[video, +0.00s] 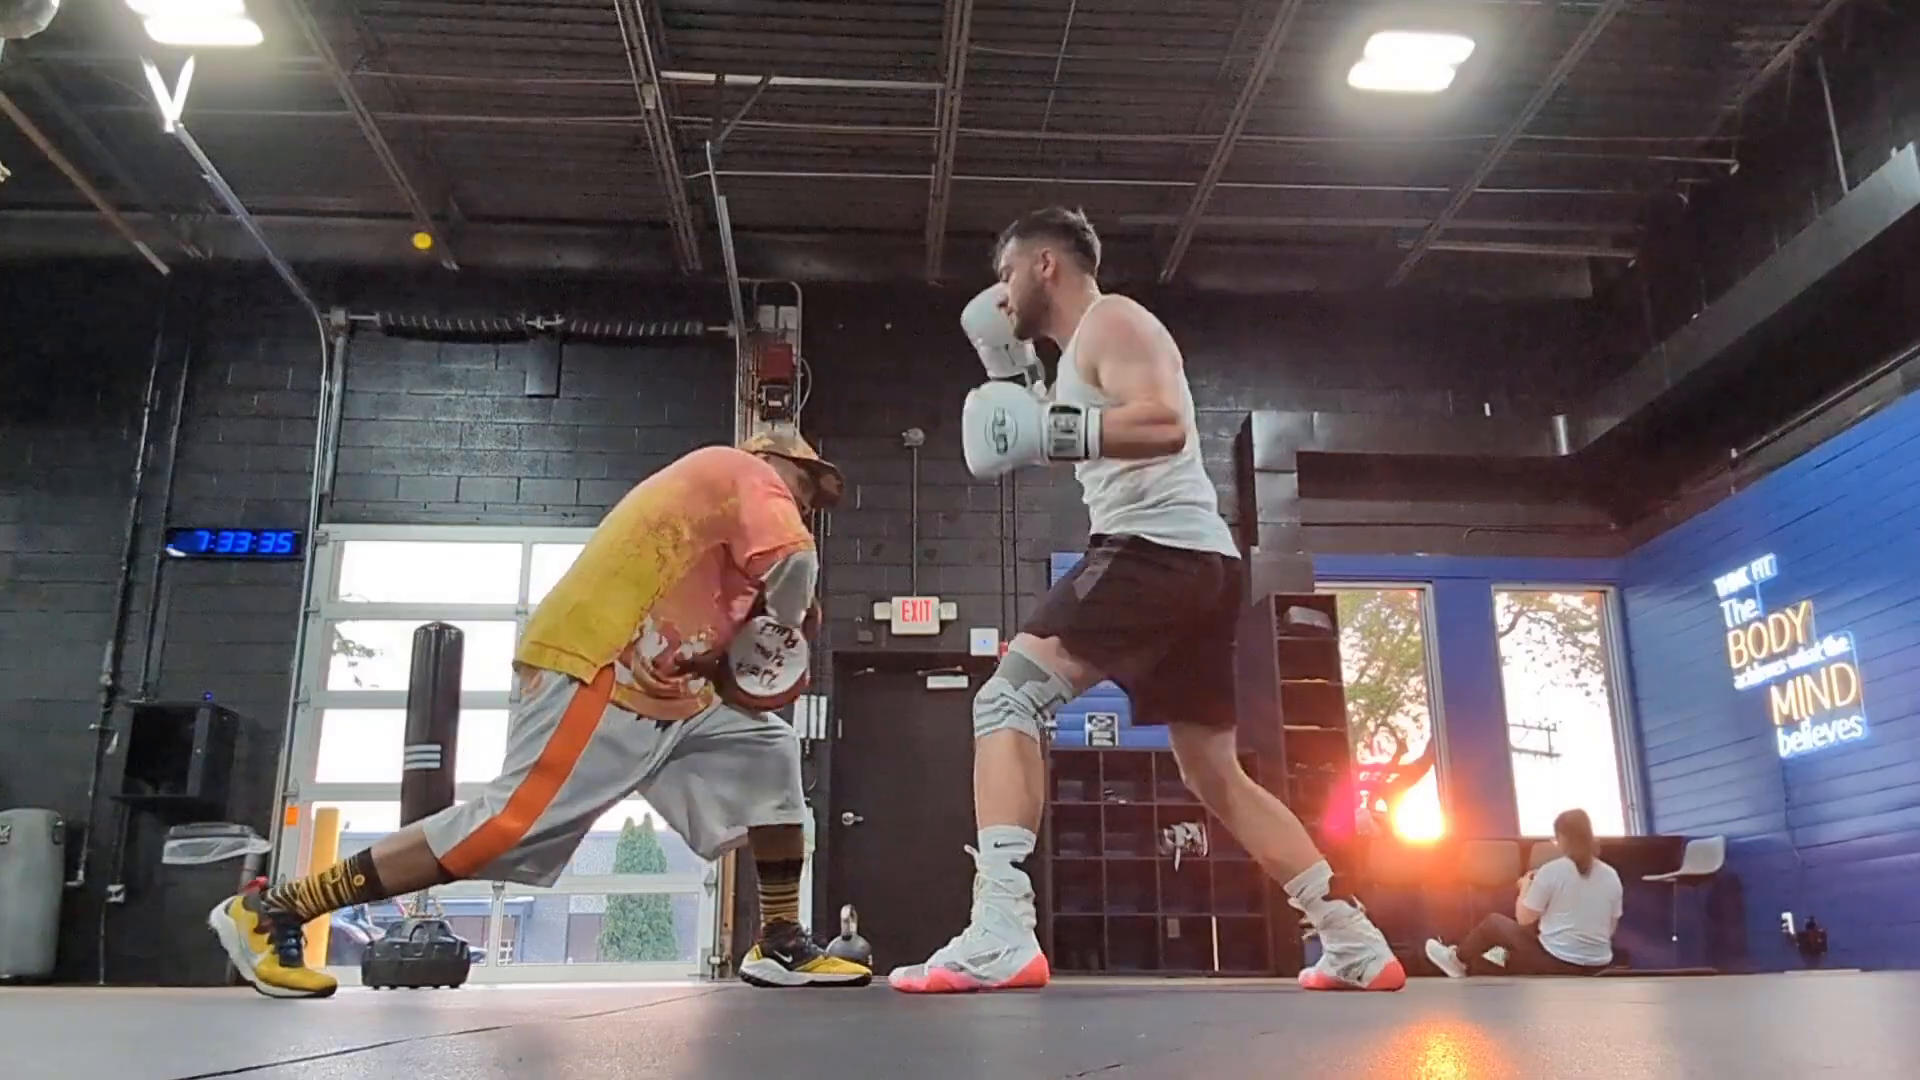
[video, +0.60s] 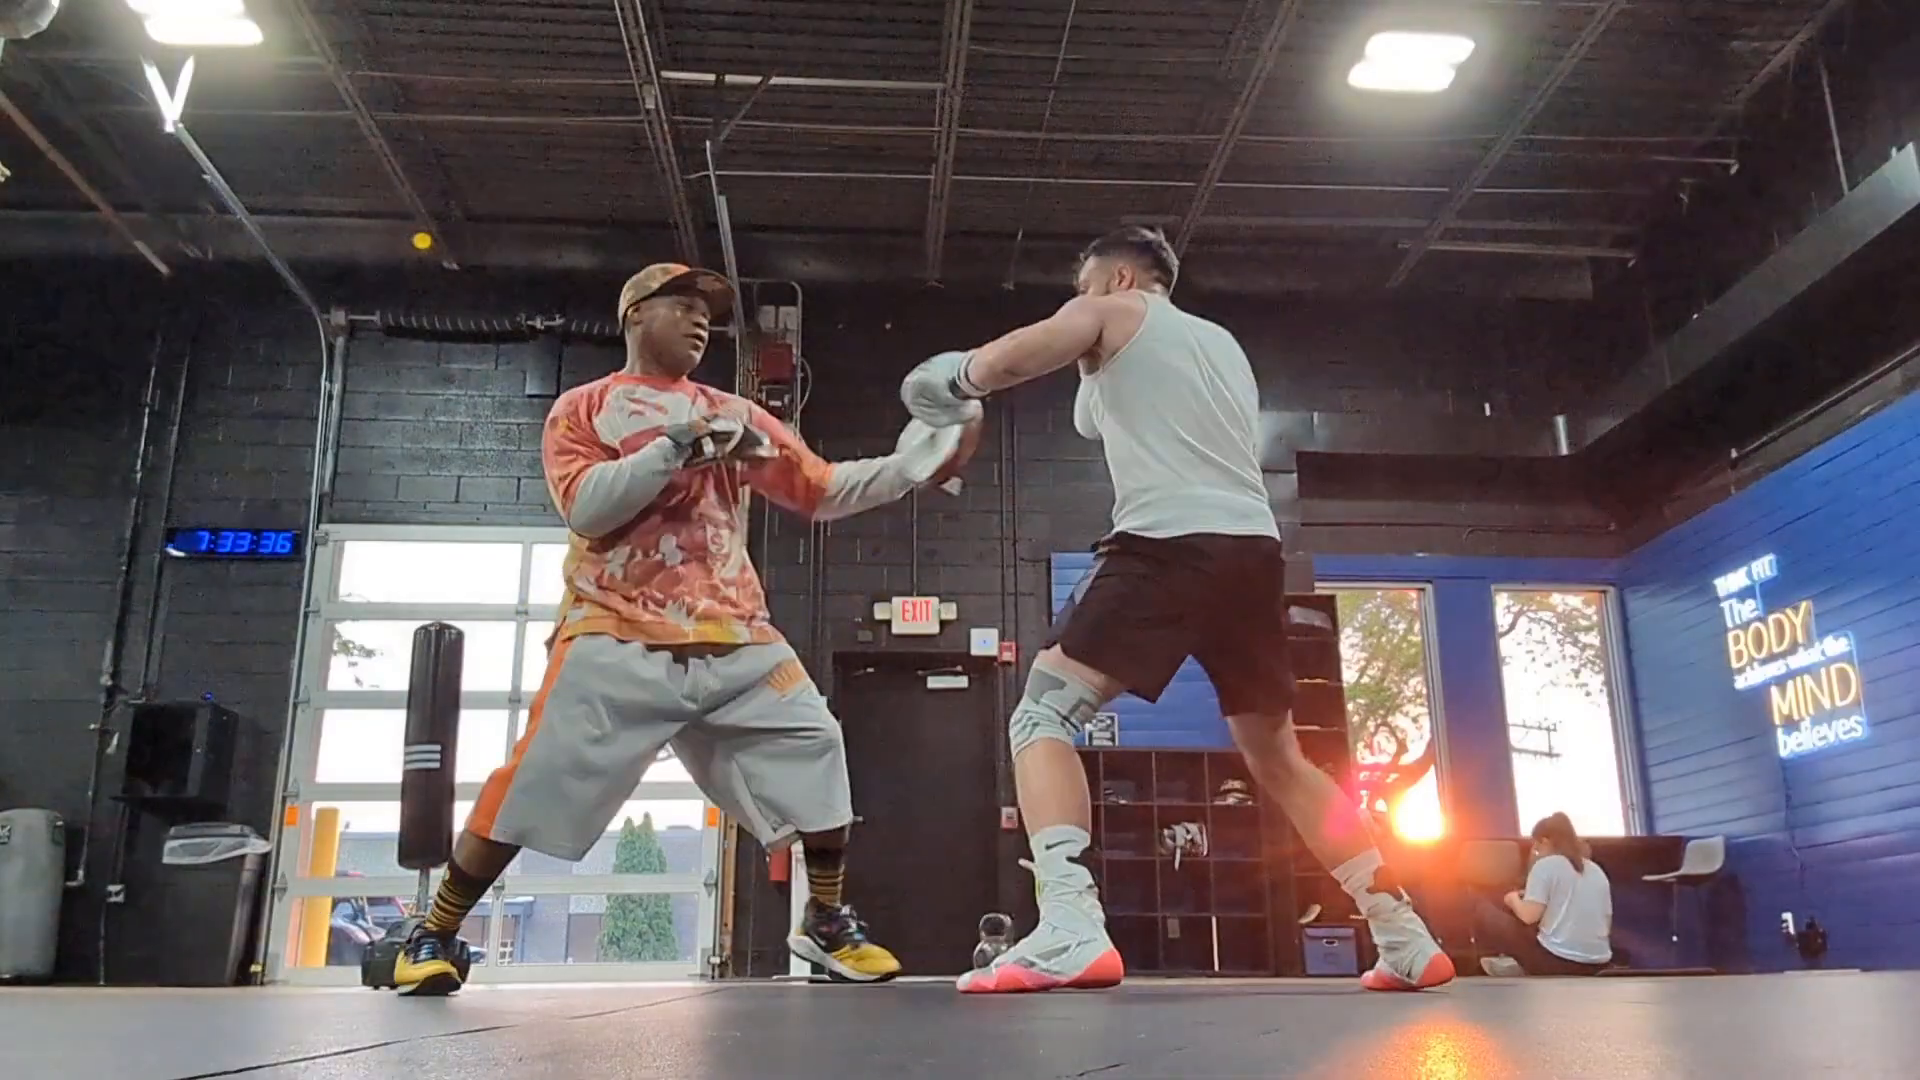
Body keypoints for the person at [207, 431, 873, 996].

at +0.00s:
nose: (803, 517)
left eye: (809, 506)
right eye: (803, 499)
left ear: (771, 469)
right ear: (779, 462)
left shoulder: (731, 519)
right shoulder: (747, 470)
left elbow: (721, 646)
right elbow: (795, 575)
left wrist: (717, 675)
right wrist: (765, 652)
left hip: (660, 687)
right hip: (595, 666)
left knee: (771, 748)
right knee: (505, 826)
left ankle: (780, 940)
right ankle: (276, 912)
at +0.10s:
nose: (838, 506)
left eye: (841, 497)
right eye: (840, 492)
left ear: (802, 457)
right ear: (823, 458)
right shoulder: (773, 456)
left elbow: (771, 630)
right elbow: (841, 519)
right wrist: (824, 596)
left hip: (700, 663)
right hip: (622, 643)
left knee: (790, 748)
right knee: (519, 801)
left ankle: (783, 937)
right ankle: (297, 901)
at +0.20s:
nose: (859, 466)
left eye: (865, 456)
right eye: (857, 446)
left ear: (814, 424)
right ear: (829, 415)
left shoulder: (782, 495)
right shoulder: (789, 418)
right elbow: (837, 439)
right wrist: (876, 519)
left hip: (713, 650)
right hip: (632, 628)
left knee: (790, 740)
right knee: (537, 778)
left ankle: (784, 940)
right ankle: (326, 895)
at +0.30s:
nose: (834, 407)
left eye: (840, 397)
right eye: (827, 386)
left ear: (808, 392)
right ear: (790, 366)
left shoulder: (781, 479)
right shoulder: (737, 381)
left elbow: (762, 600)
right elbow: (762, 378)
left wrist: (839, 538)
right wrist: (840, 436)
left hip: (723, 631)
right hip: (643, 603)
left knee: (792, 744)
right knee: (575, 763)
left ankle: (783, 937)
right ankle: (392, 910)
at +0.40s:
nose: (791, 350)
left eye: (796, 345)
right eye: (777, 330)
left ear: (787, 371)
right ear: (725, 328)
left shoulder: (765, 463)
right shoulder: (674, 352)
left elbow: (823, 536)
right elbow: (628, 387)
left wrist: (908, 482)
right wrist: (738, 414)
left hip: (736, 631)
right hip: (643, 603)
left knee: (794, 750)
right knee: (577, 758)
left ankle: (782, 937)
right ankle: (450, 923)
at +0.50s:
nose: (726, 324)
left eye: (731, 316)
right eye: (711, 307)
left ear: (732, 333)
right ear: (664, 314)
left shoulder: (761, 423)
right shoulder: (601, 383)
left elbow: (855, 448)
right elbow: (573, 462)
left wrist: (957, 440)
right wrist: (685, 433)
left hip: (740, 629)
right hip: (623, 616)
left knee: (805, 749)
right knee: (539, 768)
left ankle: (788, 932)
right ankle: (436, 932)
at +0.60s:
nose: (703, 320)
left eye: (707, 312)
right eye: (683, 305)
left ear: (708, 328)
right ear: (634, 317)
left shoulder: (737, 415)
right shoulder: (582, 407)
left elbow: (821, 487)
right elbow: (586, 509)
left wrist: (922, 462)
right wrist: (676, 449)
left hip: (732, 621)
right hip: (616, 619)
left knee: (817, 741)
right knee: (542, 766)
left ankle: (827, 924)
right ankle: (435, 932)